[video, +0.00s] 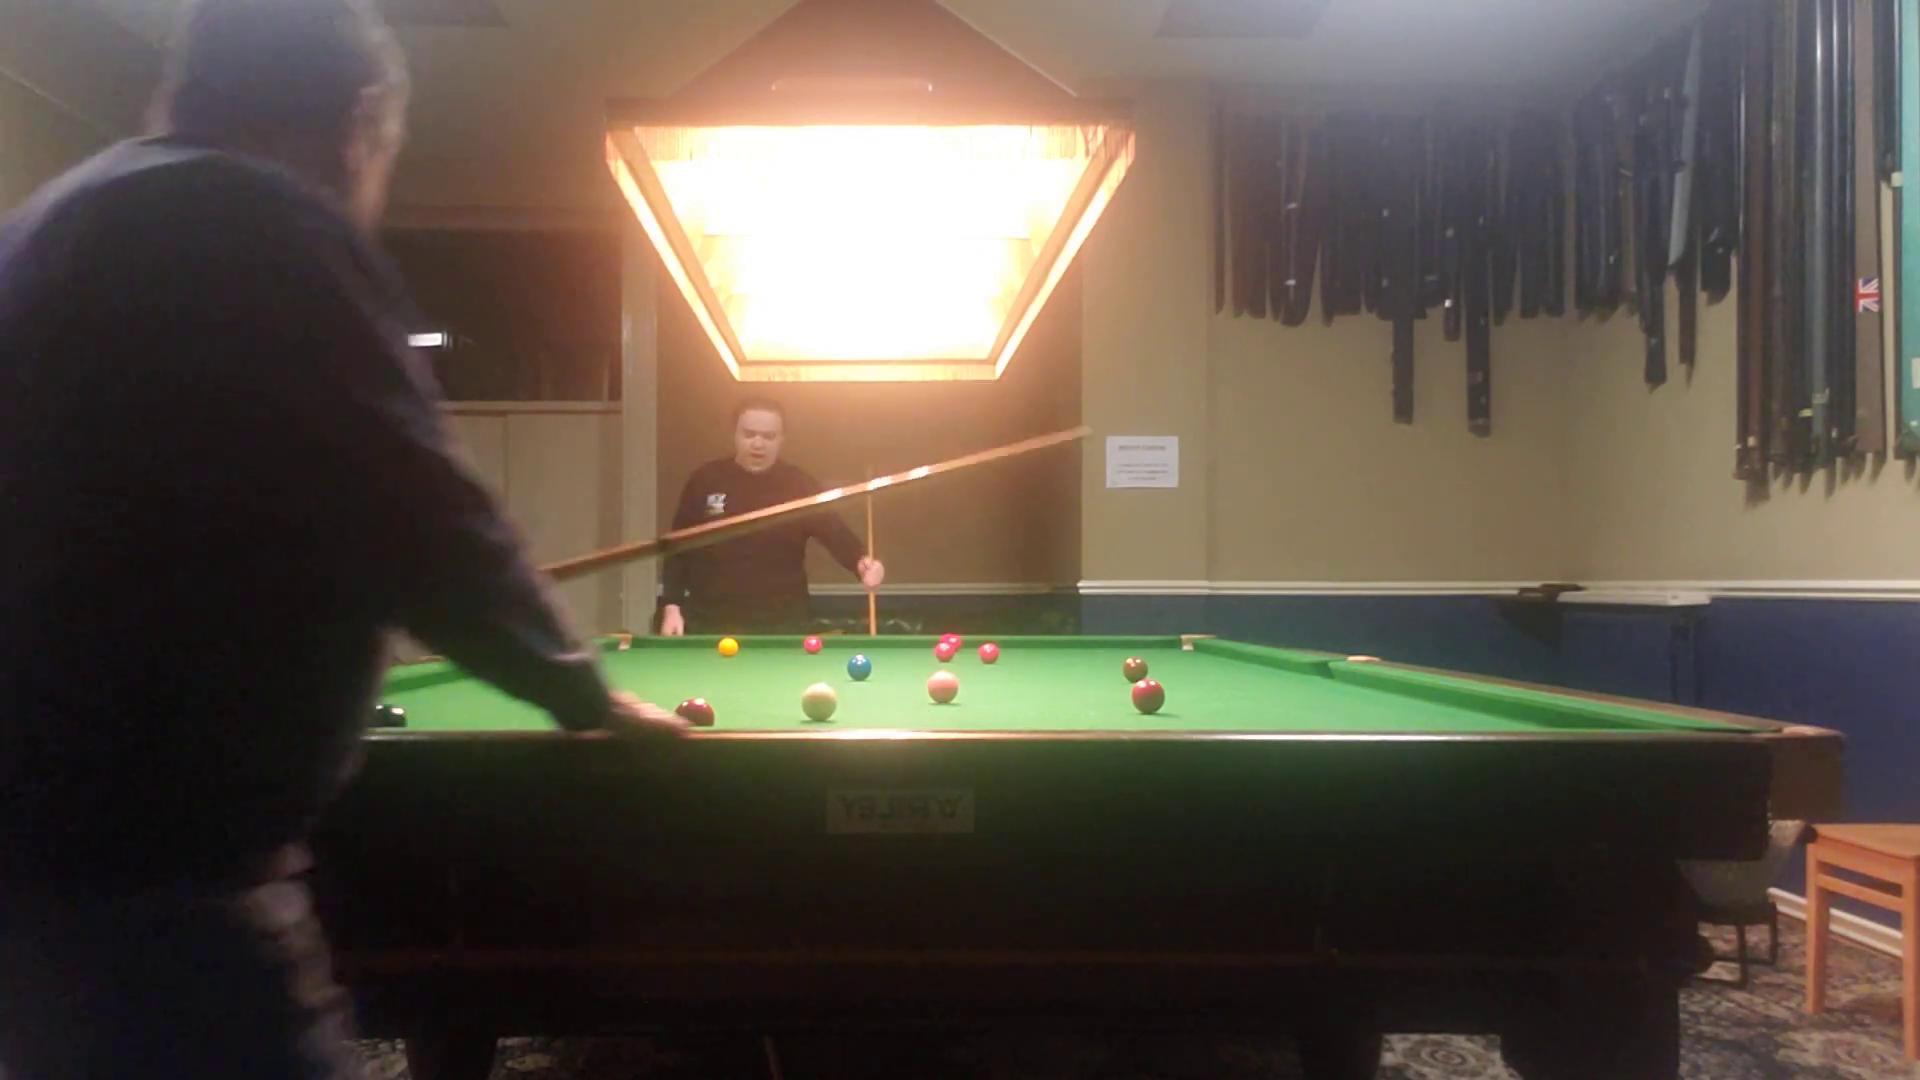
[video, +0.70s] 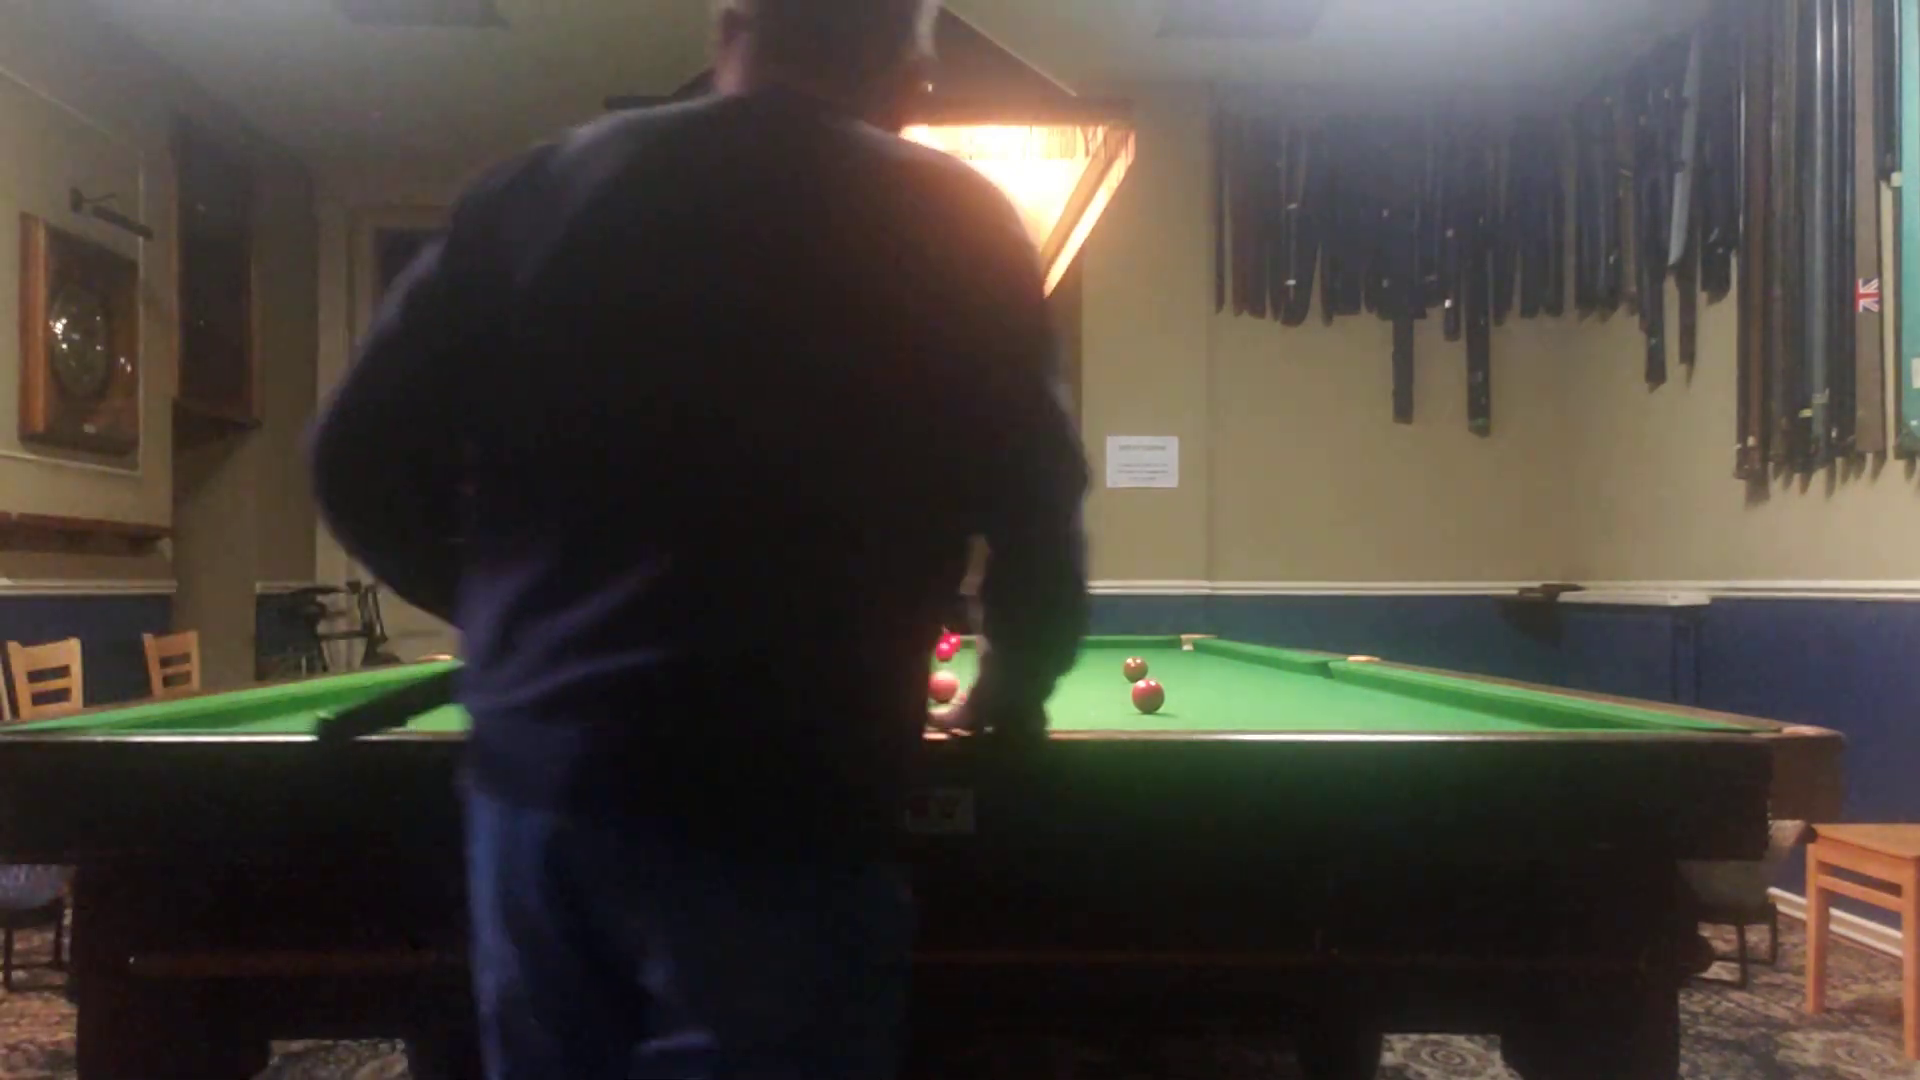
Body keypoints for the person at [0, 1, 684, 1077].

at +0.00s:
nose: (384, 176)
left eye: (393, 145)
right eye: (390, 139)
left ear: (189, 95)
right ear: (354, 121)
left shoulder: (43, 228)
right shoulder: (281, 240)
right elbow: (420, 520)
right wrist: (590, 699)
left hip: (23, 845)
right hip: (188, 865)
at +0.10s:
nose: (452, 166)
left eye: (460, 135)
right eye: (456, 130)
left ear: (248, 94)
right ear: (424, 109)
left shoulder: (94, 228)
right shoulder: (368, 227)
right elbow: (498, 500)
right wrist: (646, 689)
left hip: (52, 807)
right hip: (251, 830)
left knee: (135, 1057)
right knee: (410, 1055)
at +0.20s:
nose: (526, 149)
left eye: (529, 121)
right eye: (529, 117)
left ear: (336, 88)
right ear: (500, 103)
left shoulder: (181, 219)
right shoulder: (477, 231)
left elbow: (49, 500)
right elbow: (586, 502)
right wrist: (718, 698)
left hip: (107, 789)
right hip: (336, 815)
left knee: (168, 1057)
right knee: (450, 1056)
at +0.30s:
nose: (606, 144)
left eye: (609, 121)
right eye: (607, 118)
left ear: (425, 77)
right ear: (586, 103)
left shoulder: (268, 217)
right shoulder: (577, 227)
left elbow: (115, 494)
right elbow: (700, 519)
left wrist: (266, 603)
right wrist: (782, 700)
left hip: (201, 798)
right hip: (444, 813)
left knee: (252, 1058)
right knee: (550, 1061)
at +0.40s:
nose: (692, 130)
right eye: (691, 103)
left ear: (522, 62)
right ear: (675, 88)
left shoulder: (338, 216)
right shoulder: (692, 223)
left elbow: (183, 482)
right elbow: (803, 506)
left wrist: (340, 594)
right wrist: (855, 687)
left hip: (301, 795)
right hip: (562, 809)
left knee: (333, 1059)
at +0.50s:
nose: (796, 94)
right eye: (793, 69)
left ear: (602, 52)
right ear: (771, 68)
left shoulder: (410, 193)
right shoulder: (805, 214)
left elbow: (244, 463)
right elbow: (905, 504)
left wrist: (388, 585)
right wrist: (927, 695)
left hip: (378, 781)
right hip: (636, 789)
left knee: (428, 1063)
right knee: (677, 1062)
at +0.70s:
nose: (921, 92)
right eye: (923, 75)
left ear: (725, 37)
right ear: (907, 80)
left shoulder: (544, 188)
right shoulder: (960, 222)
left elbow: (357, 455)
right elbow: (1042, 524)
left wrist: (506, 604)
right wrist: (1008, 697)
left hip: (538, 776)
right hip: (807, 782)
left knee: (549, 1065)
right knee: (786, 1063)